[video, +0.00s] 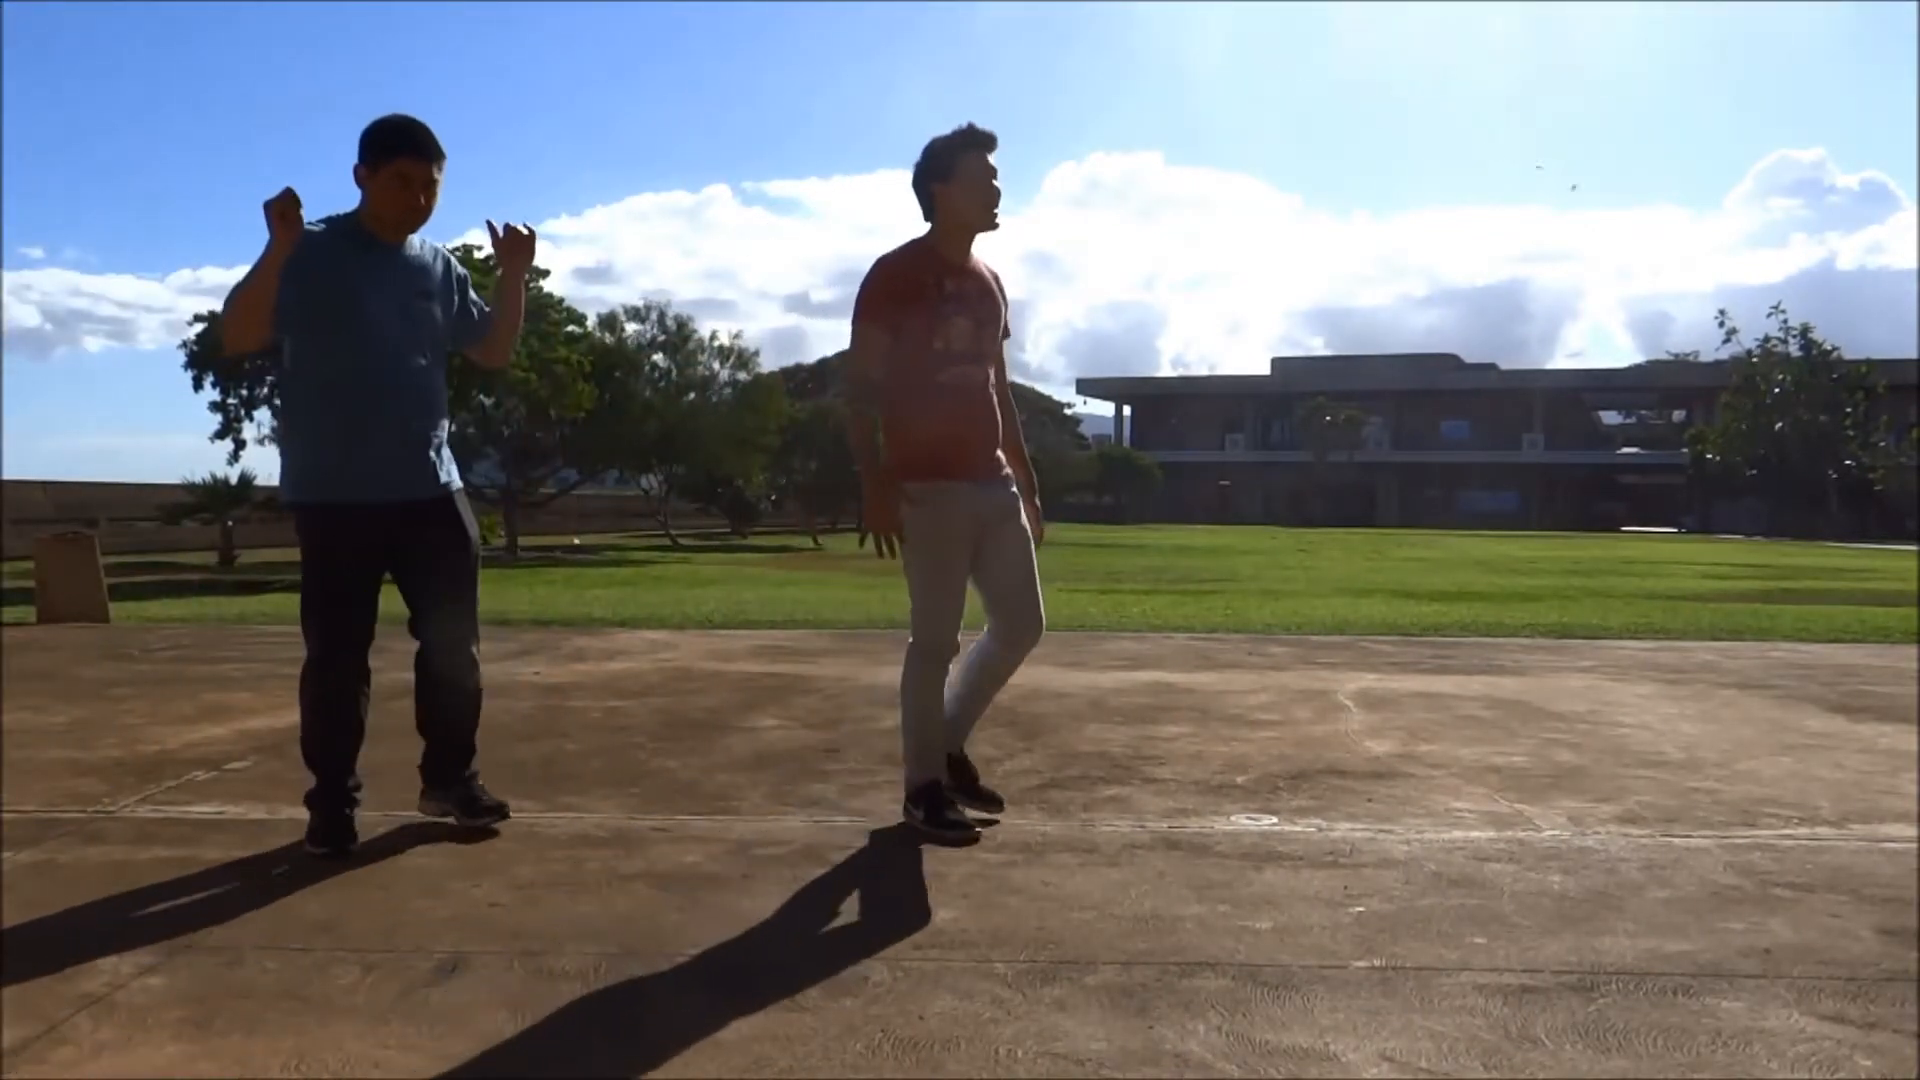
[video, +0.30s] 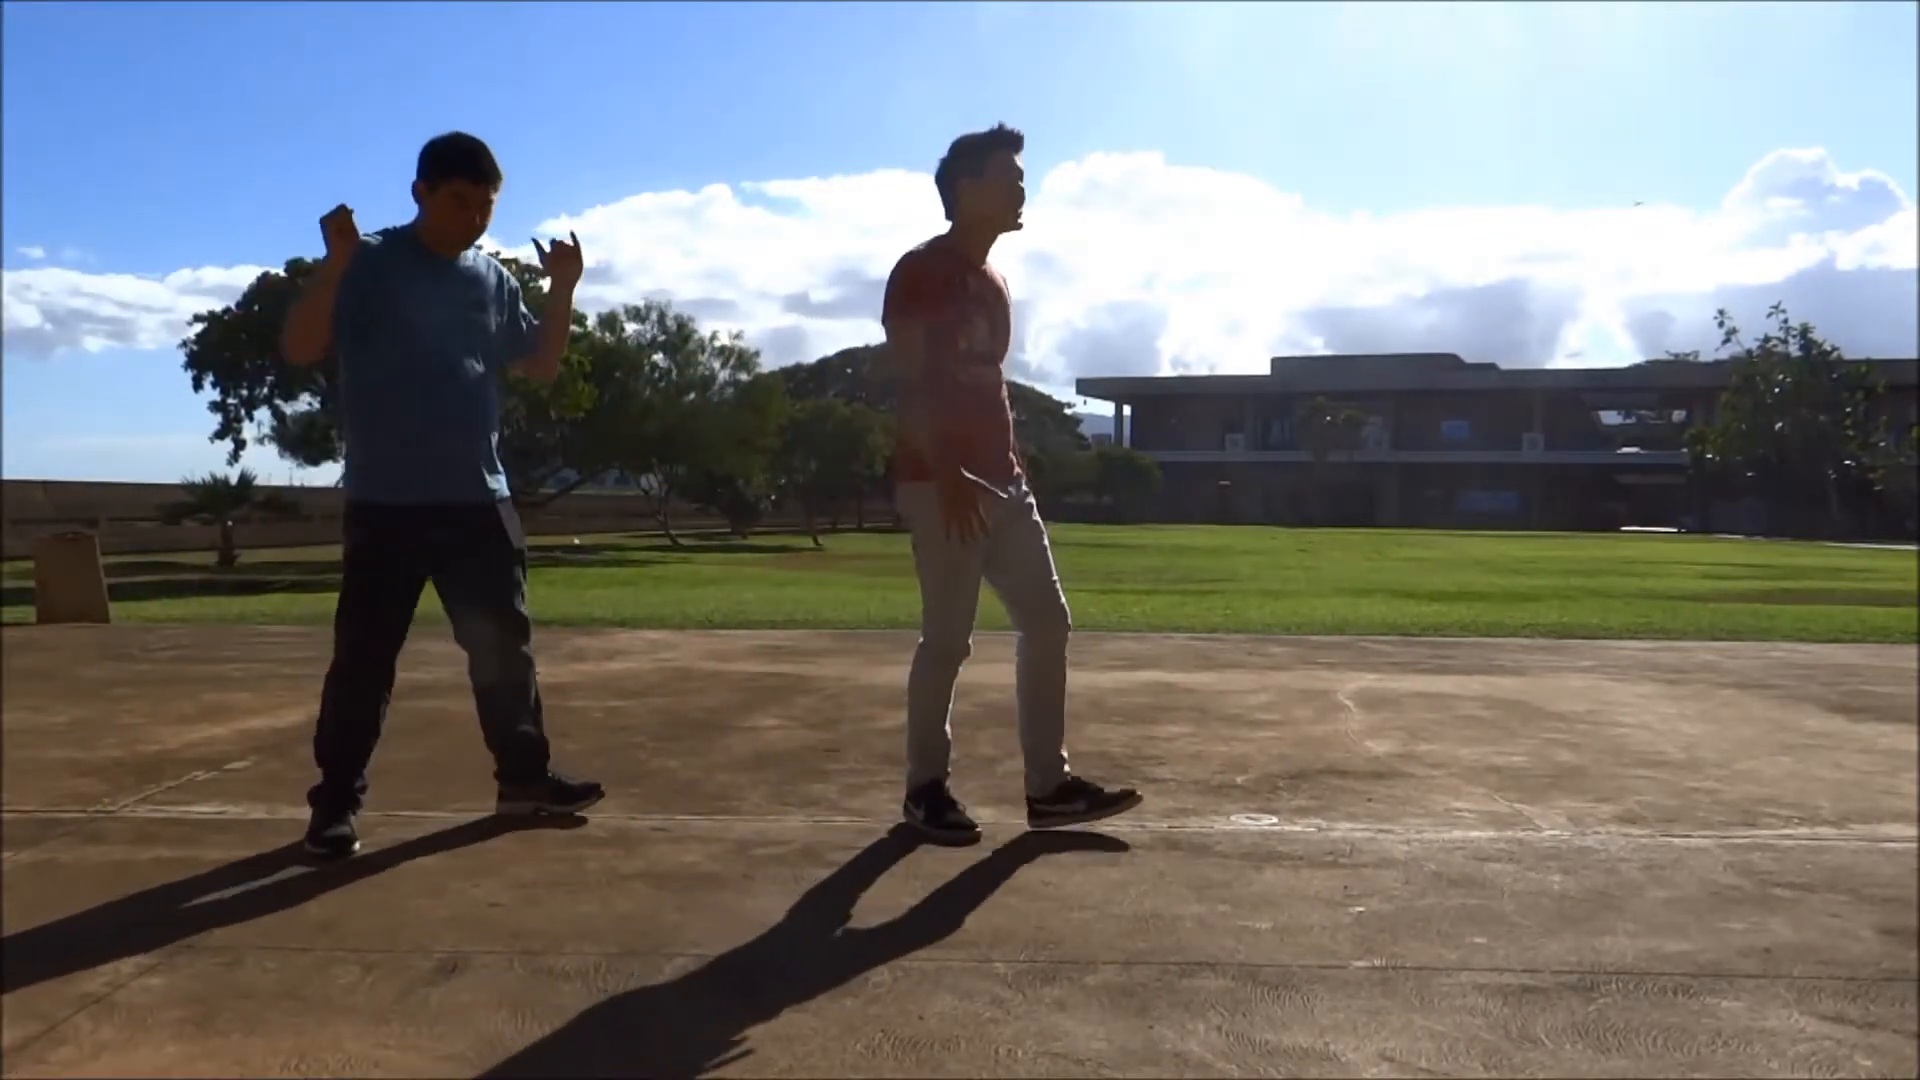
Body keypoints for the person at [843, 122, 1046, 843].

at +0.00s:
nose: (999, 188)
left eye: (995, 175)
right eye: (984, 176)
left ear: (969, 191)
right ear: (939, 190)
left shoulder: (987, 282)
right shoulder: (892, 275)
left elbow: (998, 392)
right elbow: (859, 390)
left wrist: (1028, 485)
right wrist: (873, 487)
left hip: (994, 486)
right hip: (929, 489)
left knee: (1020, 624)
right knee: (934, 640)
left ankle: (944, 745)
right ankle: (924, 789)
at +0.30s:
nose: (1023, 189)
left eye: (1021, 176)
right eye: (1010, 176)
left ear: (992, 190)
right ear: (966, 188)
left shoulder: (993, 287)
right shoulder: (919, 273)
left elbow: (990, 390)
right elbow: (912, 388)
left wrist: (1014, 467)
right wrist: (947, 471)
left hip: (999, 479)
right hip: (938, 482)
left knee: (1046, 621)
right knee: (946, 639)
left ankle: (1049, 784)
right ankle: (925, 790)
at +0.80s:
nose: (1096, 193)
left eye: (1091, 180)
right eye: (1082, 181)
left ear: (1054, 197)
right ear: (1045, 194)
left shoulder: (1042, 283)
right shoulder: (1009, 269)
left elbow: (1034, 390)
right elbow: (1001, 380)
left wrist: (1056, 485)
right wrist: (1047, 474)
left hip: (1037, 484)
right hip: (995, 484)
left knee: (1063, 640)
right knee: (974, 638)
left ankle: (1091, 799)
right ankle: (926, 788)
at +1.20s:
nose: (1160, 181)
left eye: (1154, 169)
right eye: (1146, 170)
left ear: (1116, 189)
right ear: (1112, 187)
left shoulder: (1110, 271)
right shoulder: (1079, 263)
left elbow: (1100, 384)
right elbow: (1070, 376)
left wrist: (1132, 463)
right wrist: (1102, 472)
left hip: (1111, 479)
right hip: (1070, 476)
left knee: (1110, 638)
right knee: (1061, 633)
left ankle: (1094, 798)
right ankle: (955, 761)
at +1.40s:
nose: (1187, 184)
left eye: (1181, 173)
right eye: (1175, 174)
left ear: (1147, 189)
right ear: (1142, 189)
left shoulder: (1134, 272)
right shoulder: (1103, 266)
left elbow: (1138, 388)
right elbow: (1084, 383)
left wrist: (1183, 455)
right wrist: (1106, 479)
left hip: (1141, 480)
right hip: (1109, 483)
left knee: (1124, 637)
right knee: (1135, 634)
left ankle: (1096, 800)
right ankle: (1019, 755)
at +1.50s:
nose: (1200, 188)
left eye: (1195, 176)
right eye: (1188, 176)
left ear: (1155, 191)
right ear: (1155, 189)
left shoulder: (1147, 276)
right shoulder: (1110, 269)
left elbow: (1155, 392)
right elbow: (1090, 386)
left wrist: (1208, 456)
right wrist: (1102, 483)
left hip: (1149, 481)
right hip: (1127, 483)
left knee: (1133, 633)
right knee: (1165, 633)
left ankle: (1103, 792)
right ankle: (1072, 778)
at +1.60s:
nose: (1215, 190)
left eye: (1211, 178)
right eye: (1204, 178)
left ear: (1169, 193)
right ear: (1173, 191)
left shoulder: (1164, 280)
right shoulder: (1119, 270)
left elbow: (1170, 399)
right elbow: (1091, 387)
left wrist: (1235, 452)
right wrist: (1100, 486)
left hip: (1162, 487)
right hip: (1141, 488)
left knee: (1136, 635)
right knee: (1188, 638)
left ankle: (1099, 804)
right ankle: (1131, 803)